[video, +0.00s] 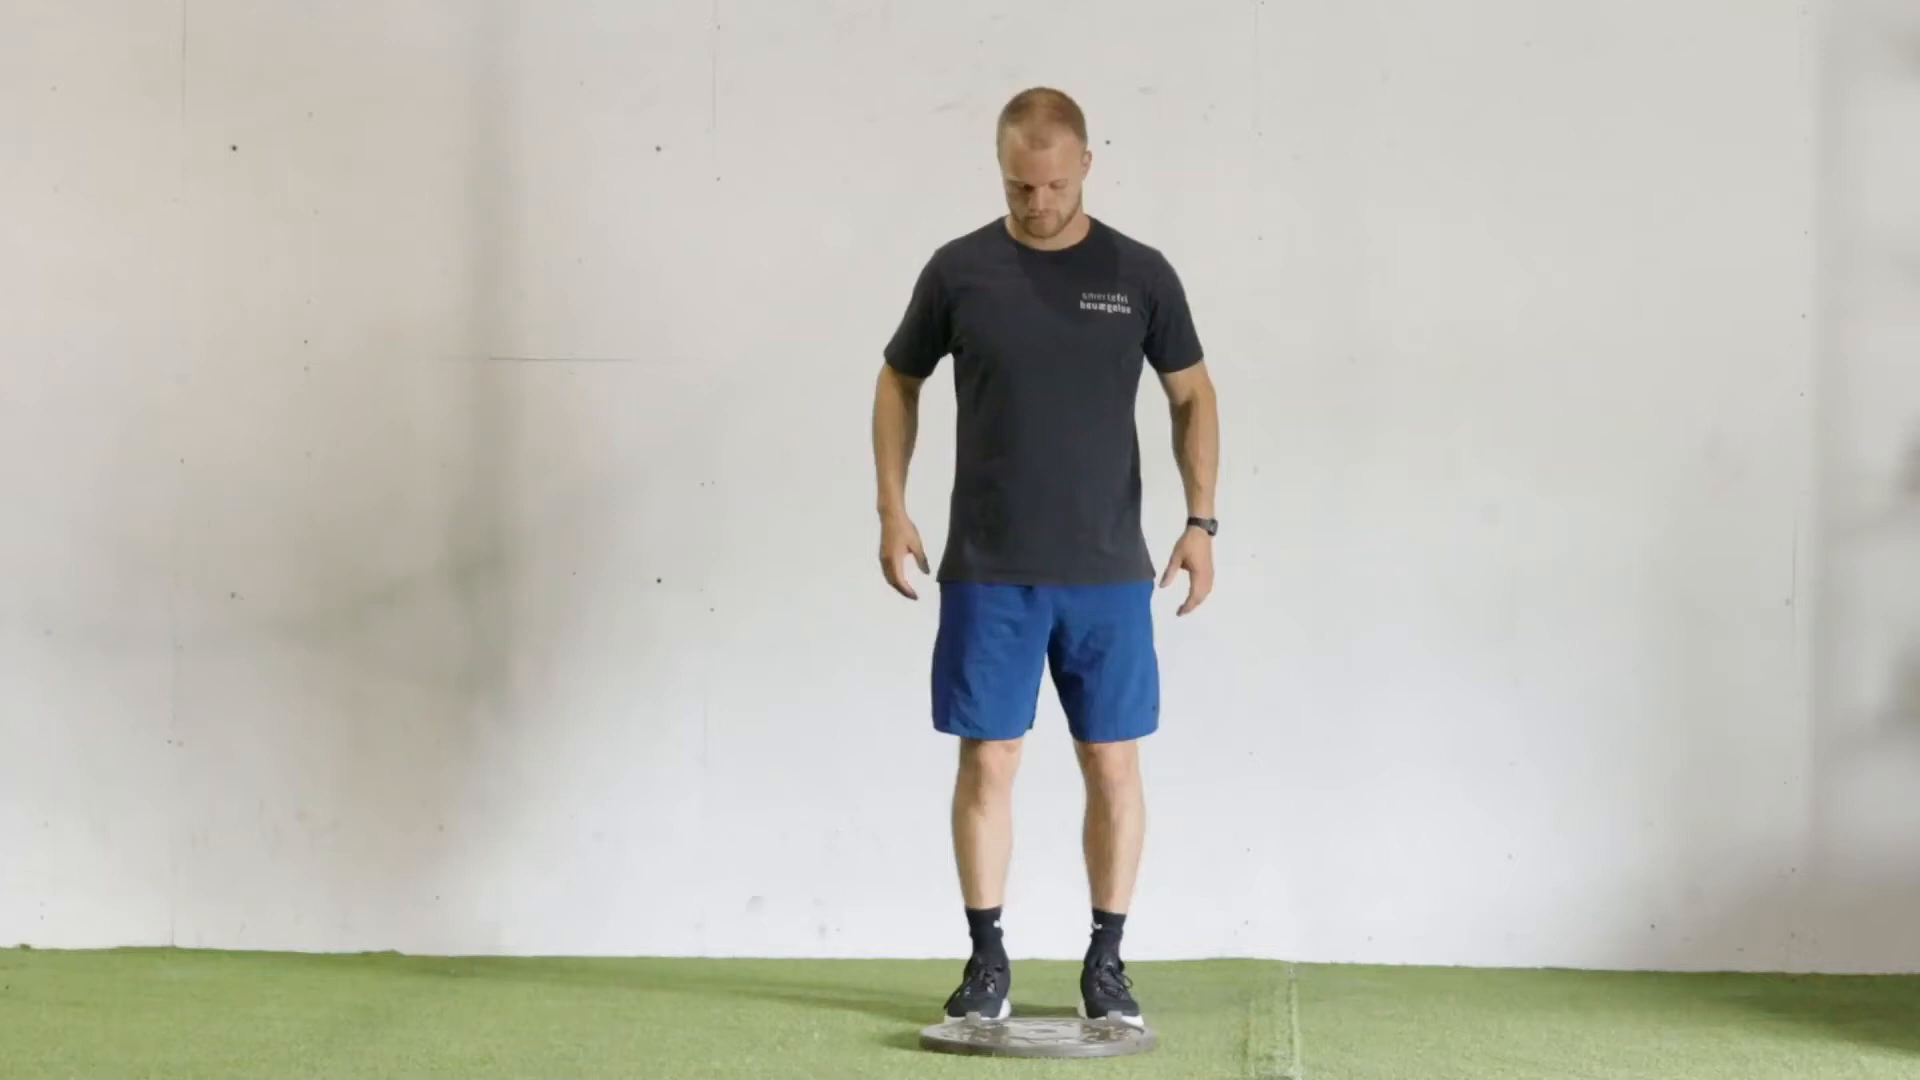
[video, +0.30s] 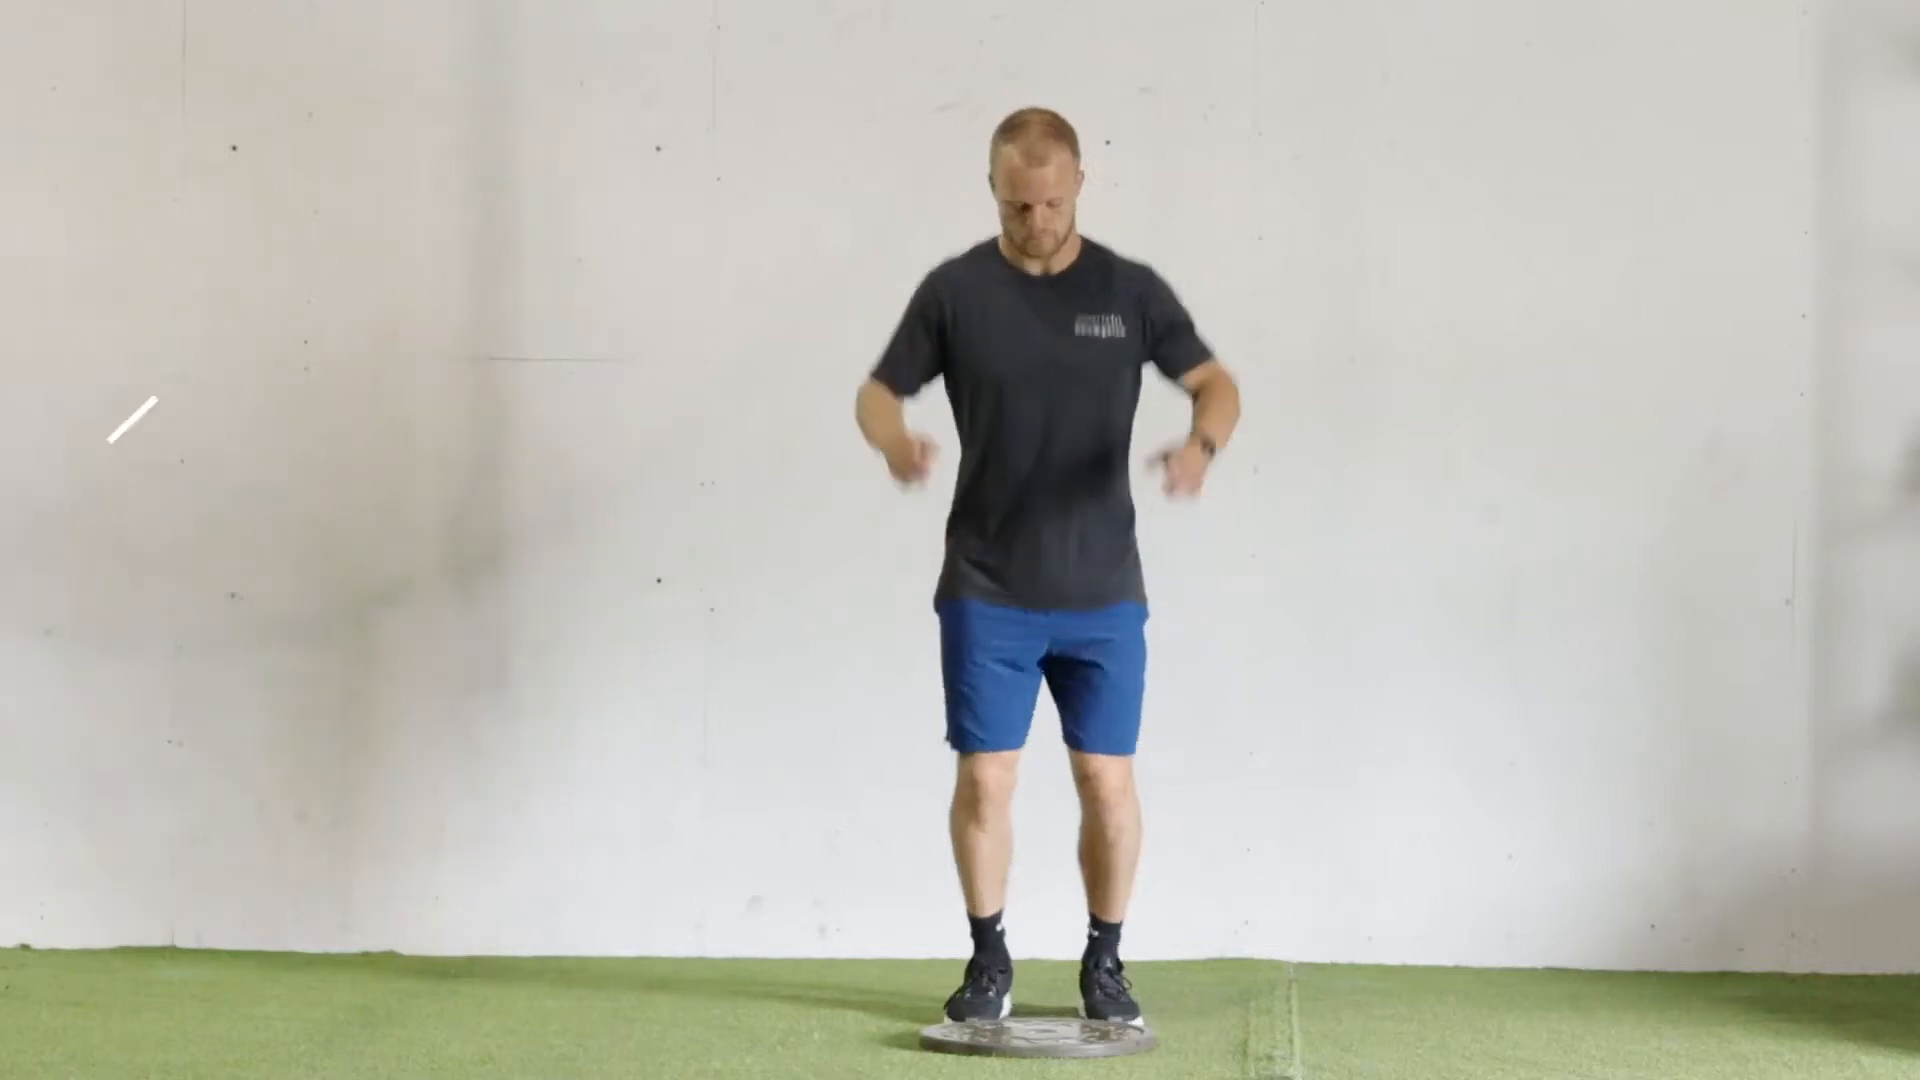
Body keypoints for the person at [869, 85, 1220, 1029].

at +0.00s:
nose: (1036, 200)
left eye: (1052, 183)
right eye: (1021, 184)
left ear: (1086, 166)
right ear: (1001, 171)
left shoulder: (1140, 274)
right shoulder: (957, 271)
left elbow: (1193, 395)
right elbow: (899, 379)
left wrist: (1200, 521)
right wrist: (892, 509)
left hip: (1108, 567)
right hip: (990, 567)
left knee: (1113, 765)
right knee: (988, 761)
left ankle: (1106, 968)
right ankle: (986, 969)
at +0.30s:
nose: (1037, 218)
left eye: (1051, 199)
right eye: (1019, 202)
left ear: (1078, 184)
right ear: (995, 192)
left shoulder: (1132, 291)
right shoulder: (954, 291)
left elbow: (1216, 386)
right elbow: (876, 395)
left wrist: (1202, 442)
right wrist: (895, 440)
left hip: (1101, 582)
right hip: (988, 582)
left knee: (1108, 783)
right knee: (984, 781)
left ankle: (1104, 967)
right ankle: (988, 966)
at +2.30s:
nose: (1040, 107)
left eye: (1056, 90)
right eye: (1023, 91)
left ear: (1085, 82)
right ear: (1001, 84)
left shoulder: (1135, 182)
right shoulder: (958, 184)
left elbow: (1215, 257)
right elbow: (879, 263)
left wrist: (1211, 311)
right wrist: (888, 312)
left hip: (1110, 475)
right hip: (997, 475)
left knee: (1105, 693)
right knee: (1003, 689)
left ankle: (1088, 904)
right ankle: (1007, 902)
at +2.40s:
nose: (1039, 126)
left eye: (1055, 109)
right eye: (1022, 109)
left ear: (1085, 101)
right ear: (1000, 103)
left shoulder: (1134, 202)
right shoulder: (957, 206)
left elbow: (1206, 281)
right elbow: (887, 294)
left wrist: (1211, 340)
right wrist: (890, 369)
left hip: (1111, 493)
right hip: (1000, 493)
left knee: (1102, 711)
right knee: (1008, 711)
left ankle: (1083, 929)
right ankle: (1015, 927)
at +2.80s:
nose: (1034, 143)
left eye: (1051, 126)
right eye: (1017, 127)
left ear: (1081, 118)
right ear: (994, 122)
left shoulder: (1133, 223)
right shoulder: (950, 229)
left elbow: (1191, 319)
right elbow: (898, 336)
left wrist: (1177, 421)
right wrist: (909, 452)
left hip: (1111, 515)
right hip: (994, 516)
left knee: (1103, 722)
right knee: (999, 723)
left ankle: (1086, 918)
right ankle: (1000, 918)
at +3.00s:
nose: (1033, 203)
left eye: (1049, 185)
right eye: (1015, 187)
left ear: (1078, 180)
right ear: (993, 187)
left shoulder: (1132, 292)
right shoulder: (954, 297)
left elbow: (1196, 393)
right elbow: (892, 410)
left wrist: (1183, 442)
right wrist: (926, 437)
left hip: (1100, 580)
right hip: (992, 581)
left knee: (1097, 782)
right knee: (992, 780)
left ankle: (1080, 950)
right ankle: (997, 948)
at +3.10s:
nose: (1040, 122)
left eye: (1055, 106)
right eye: (1023, 107)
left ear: (1084, 100)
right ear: (1001, 105)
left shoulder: (1133, 205)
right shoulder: (960, 202)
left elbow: (1212, 285)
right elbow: (867, 296)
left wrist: (1204, 325)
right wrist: (907, 297)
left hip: (1106, 491)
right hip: (992, 490)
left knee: (1105, 703)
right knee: (986, 698)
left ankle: (1094, 905)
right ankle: (987, 900)